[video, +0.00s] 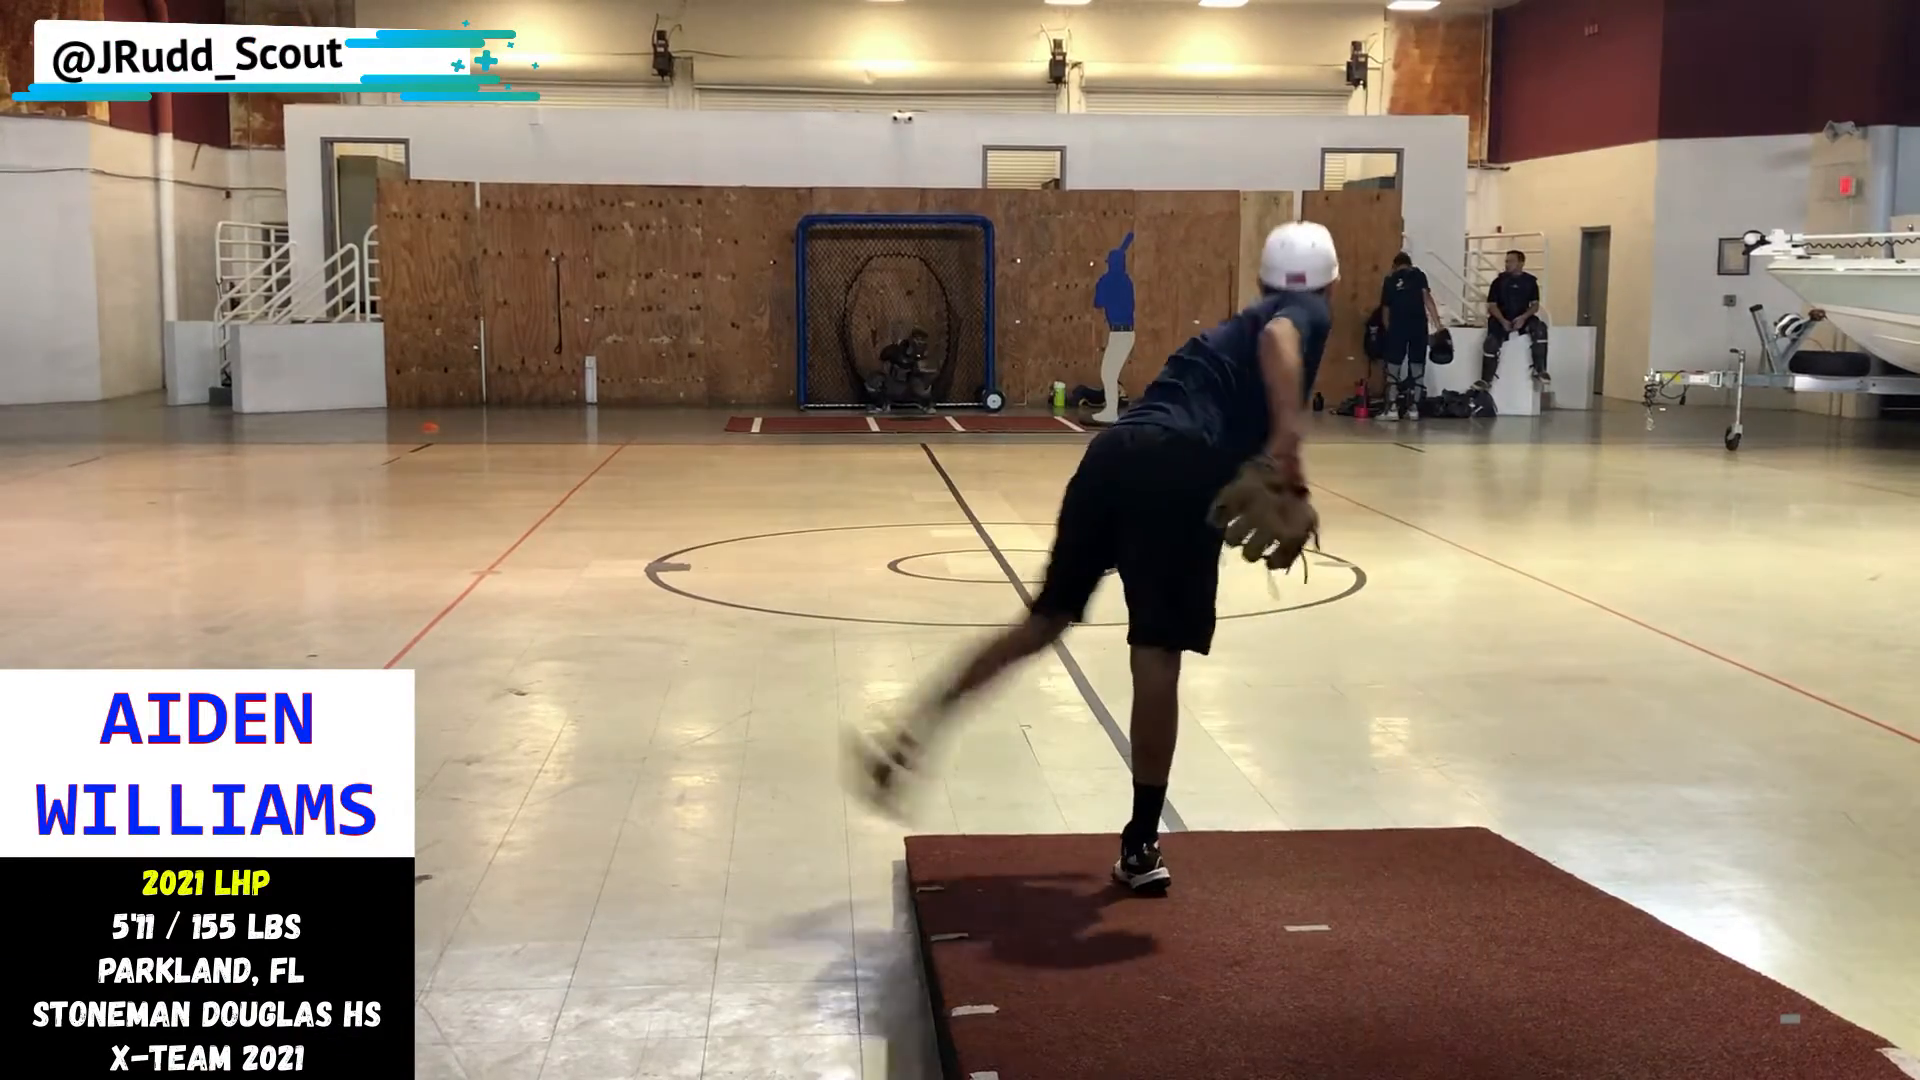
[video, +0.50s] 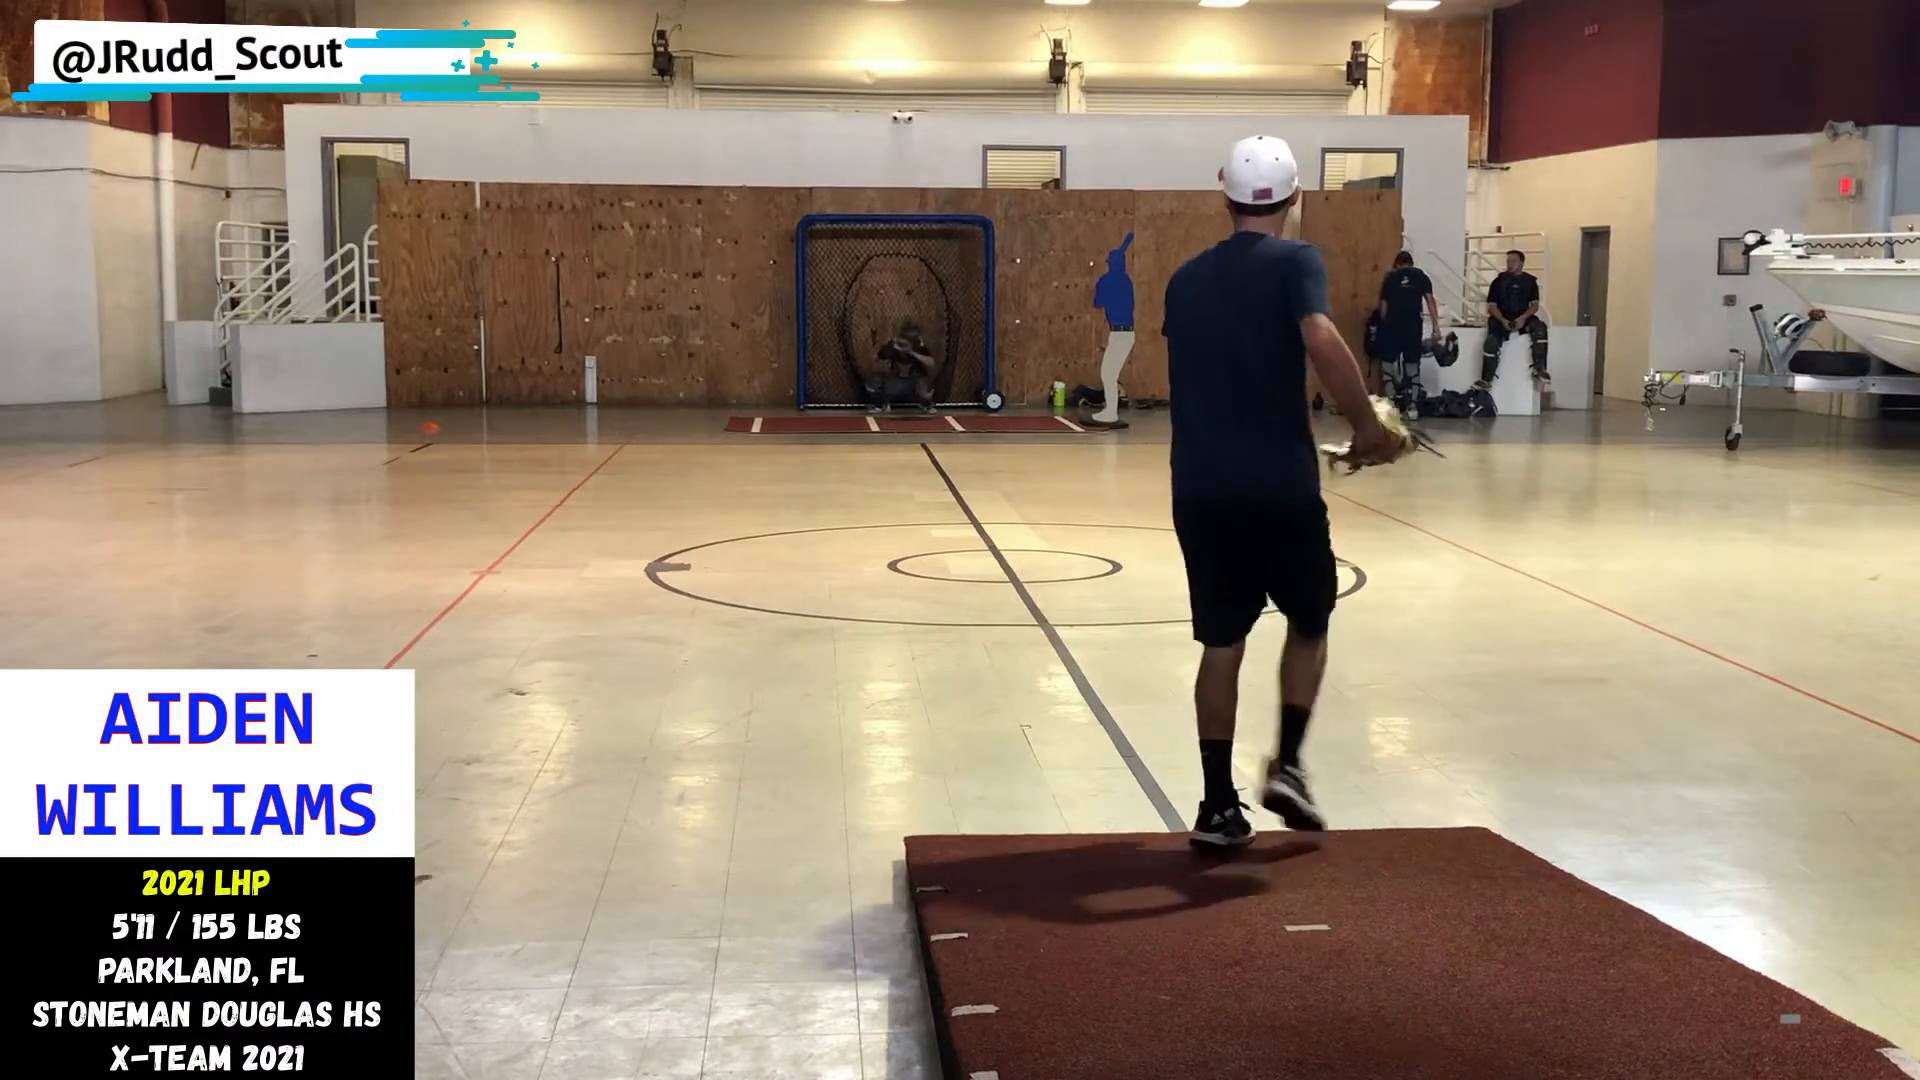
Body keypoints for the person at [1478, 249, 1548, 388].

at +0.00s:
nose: (1507, 264)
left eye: (1510, 261)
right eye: (1506, 261)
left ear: (1520, 263)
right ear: (1505, 262)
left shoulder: (1530, 280)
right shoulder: (1499, 281)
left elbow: (1534, 305)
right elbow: (1492, 305)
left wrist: (1523, 318)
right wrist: (1503, 321)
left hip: (1523, 316)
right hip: (1502, 317)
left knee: (1540, 329)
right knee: (1491, 341)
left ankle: (1540, 370)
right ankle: (1486, 379)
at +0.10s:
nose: (1507, 264)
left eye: (1510, 261)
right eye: (1506, 261)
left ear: (1520, 263)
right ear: (1505, 262)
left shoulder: (1530, 281)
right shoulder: (1498, 281)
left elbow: (1534, 305)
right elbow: (1492, 305)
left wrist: (1523, 318)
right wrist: (1503, 321)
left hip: (1523, 316)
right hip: (1501, 317)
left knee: (1540, 329)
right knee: (1491, 341)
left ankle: (1540, 370)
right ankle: (1486, 379)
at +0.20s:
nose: (1507, 264)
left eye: (1510, 262)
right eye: (1506, 261)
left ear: (1520, 263)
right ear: (1505, 263)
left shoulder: (1530, 280)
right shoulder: (1499, 281)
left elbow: (1534, 305)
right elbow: (1492, 305)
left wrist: (1523, 318)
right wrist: (1503, 320)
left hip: (1523, 316)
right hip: (1502, 317)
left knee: (1540, 329)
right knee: (1491, 341)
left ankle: (1540, 369)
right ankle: (1486, 380)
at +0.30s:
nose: (1507, 264)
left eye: (1510, 262)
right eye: (1506, 261)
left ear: (1520, 263)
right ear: (1505, 263)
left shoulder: (1530, 281)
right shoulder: (1499, 281)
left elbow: (1534, 305)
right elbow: (1492, 305)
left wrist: (1523, 318)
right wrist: (1503, 320)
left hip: (1523, 316)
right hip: (1502, 317)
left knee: (1540, 329)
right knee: (1491, 341)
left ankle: (1540, 369)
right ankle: (1486, 380)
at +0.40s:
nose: (1508, 264)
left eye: (1511, 261)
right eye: (1507, 261)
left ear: (1521, 263)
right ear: (1505, 263)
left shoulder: (1530, 280)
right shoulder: (1499, 281)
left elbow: (1534, 305)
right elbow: (1491, 305)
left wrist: (1522, 318)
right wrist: (1503, 320)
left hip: (1523, 316)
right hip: (1501, 317)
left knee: (1540, 329)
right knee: (1491, 341)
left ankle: (1540, 369)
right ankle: (1486, 380)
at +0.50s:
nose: (1509, 264)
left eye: (1512, 261)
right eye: (1508, 261)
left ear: (1521, 263)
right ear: (1506, 262)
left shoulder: (1530, 280)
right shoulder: (1499, 280)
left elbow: (1534, 305)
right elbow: (1491, 305)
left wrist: (1523, 318)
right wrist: (1503, 320)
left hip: (1523, 316)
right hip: (1502, 317)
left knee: (1540, 329)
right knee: (1491, 341)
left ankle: (1540, 369)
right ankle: (1486, 380)